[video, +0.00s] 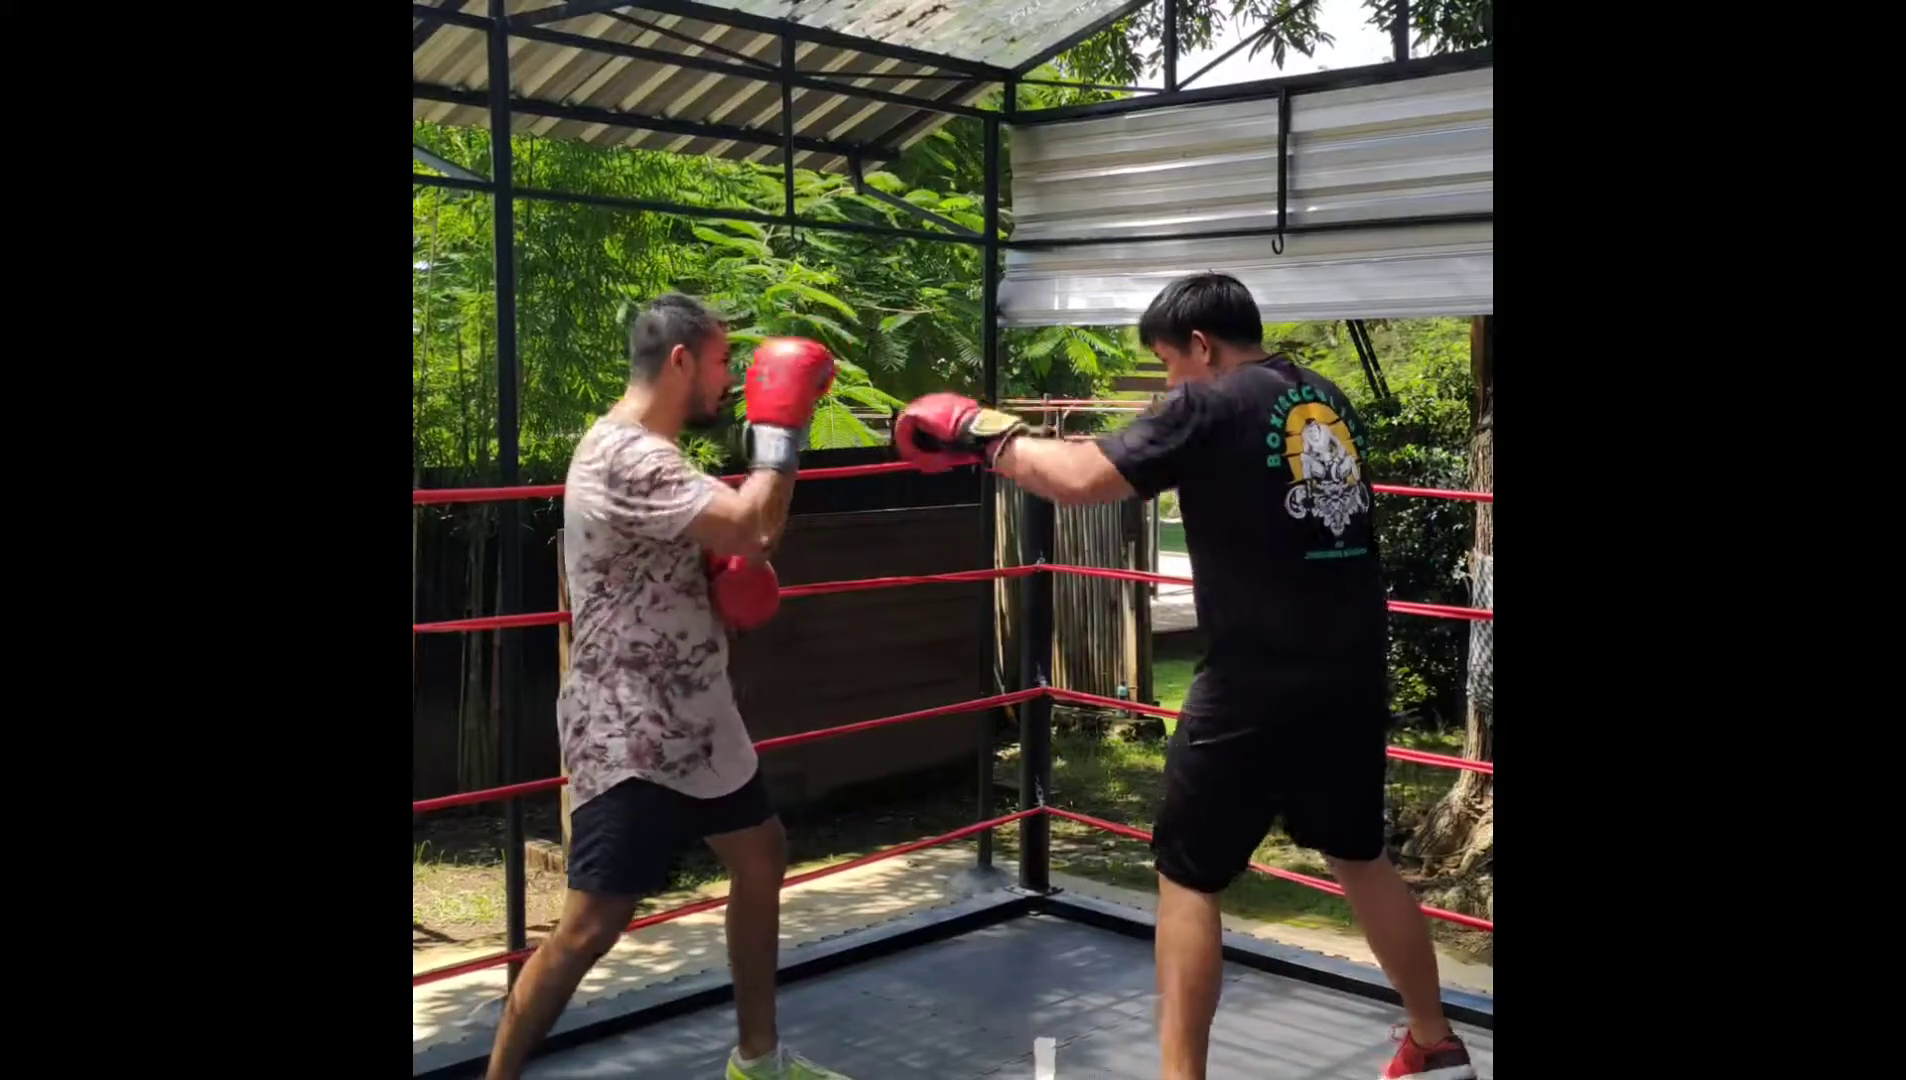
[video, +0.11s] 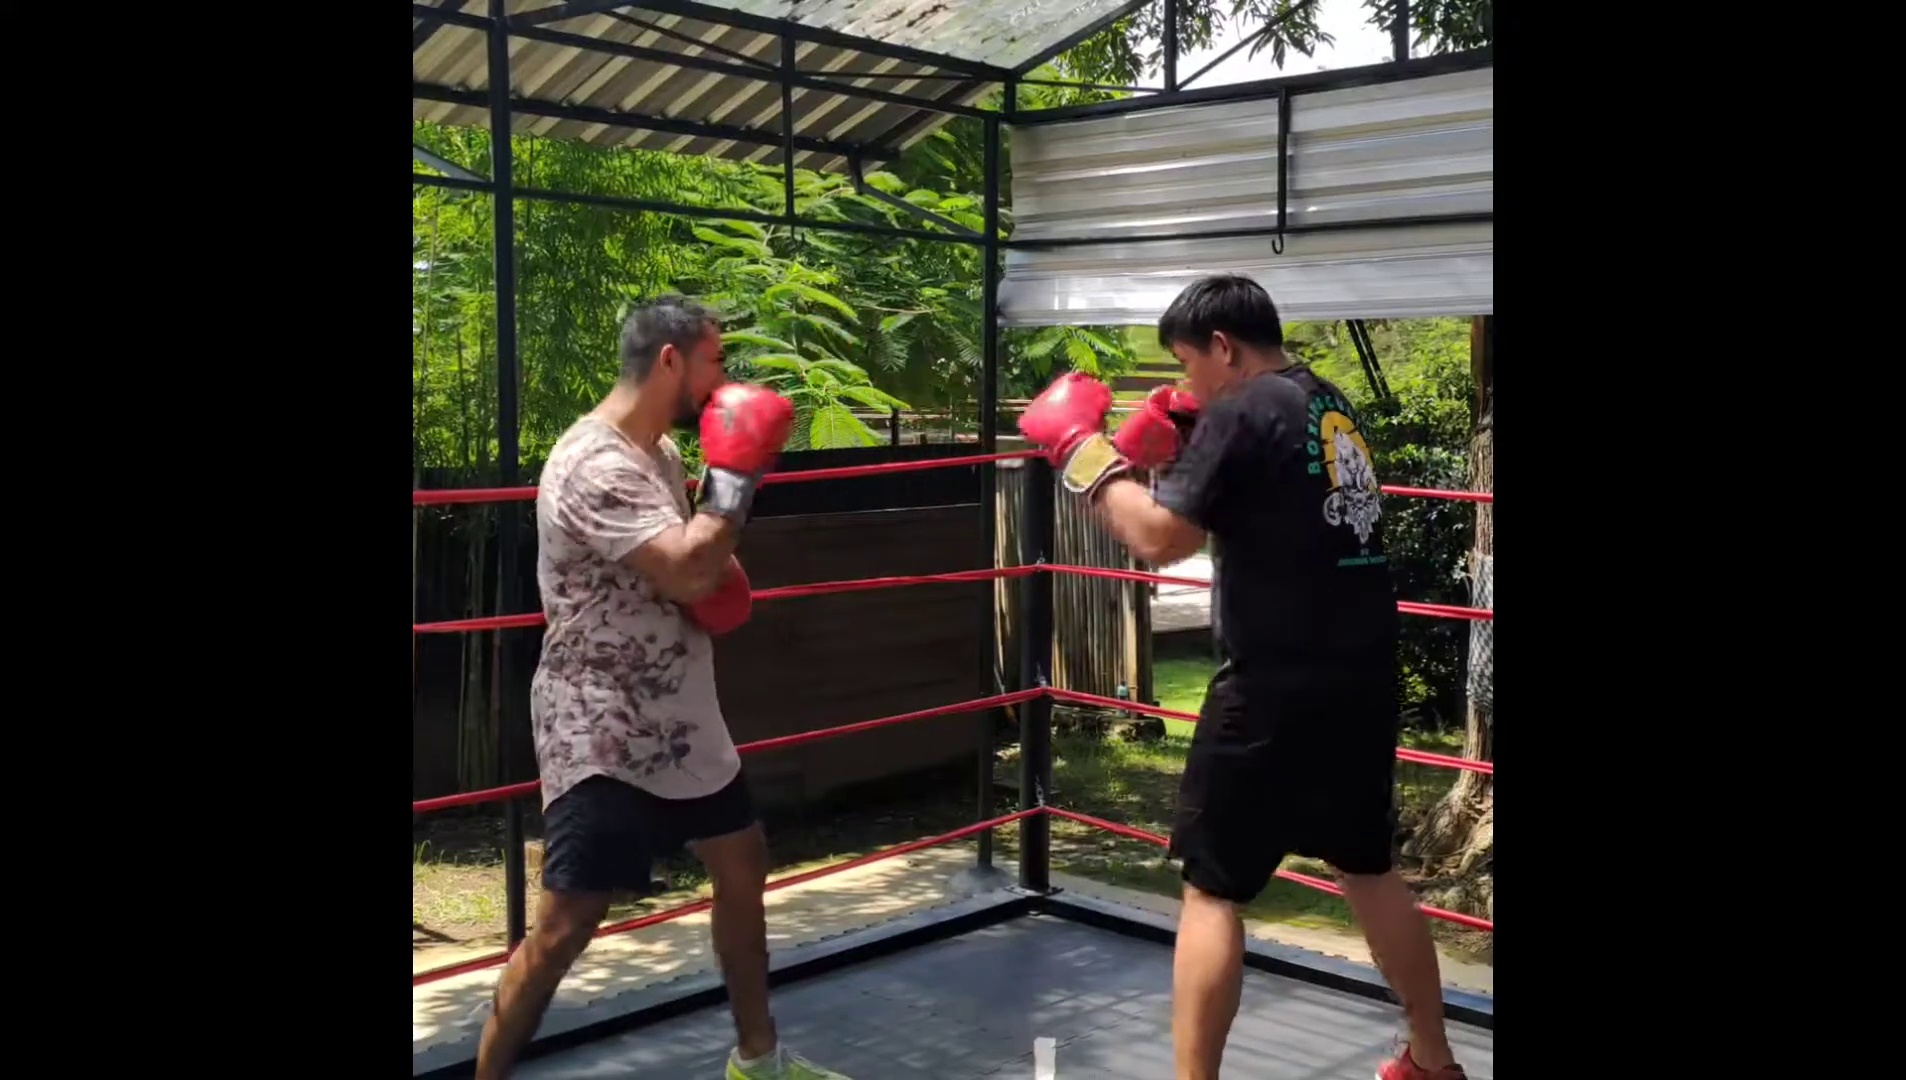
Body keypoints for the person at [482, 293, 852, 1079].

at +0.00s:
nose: (728, 377)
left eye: (729, 361)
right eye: (722, 359)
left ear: (663, 360)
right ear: (681, 360)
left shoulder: (653, 451)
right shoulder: (622, 455)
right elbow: (751, 524)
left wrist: (731, 588)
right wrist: (781, 427)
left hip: (696, 719)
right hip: (629, 729)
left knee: (761, 859)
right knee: (588, 928)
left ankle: (759, 1055)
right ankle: (497, 1074)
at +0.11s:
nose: (721, 376)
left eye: (721, 360)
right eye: (713, 359)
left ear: (662, 361)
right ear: (668, 360)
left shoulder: (662, 454)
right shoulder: (588, 463)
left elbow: (695, 556)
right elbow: (688, 573)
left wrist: (717, 587)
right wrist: (735, 477)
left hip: (683, 720)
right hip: (601, 730)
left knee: (741, 867)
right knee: (562, 927)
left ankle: (758, 1053)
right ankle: (488, 1074)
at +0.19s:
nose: (701, 391)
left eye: (702, 373)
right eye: (694, 372)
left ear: (645, 372)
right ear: (652, 371)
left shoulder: (656, 461)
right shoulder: (557, 468)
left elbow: (673, 566)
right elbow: (626, 594)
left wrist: (693, 605)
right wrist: (693, 505)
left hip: (655, 724)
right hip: (567, 733)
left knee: (712, 878)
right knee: (541, 926)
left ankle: (758, 1055)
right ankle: (484, 1075)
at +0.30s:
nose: (686, 405)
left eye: (689, 387)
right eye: (681, 386)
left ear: (632, 384)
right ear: (633, 381)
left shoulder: (640, 473)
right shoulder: (534, 480)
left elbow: (659, 577)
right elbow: (592, 609)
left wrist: (666, 615)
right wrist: (664, 528)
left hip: (629, 717)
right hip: (544, 726)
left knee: (698, 875)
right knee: (529, 937)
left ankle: (756, 1055)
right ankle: (481, 1076)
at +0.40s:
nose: (682, 399)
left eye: (685, 381)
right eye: (676, 379)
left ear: (627, 378)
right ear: (627, 374)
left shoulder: (634, 463)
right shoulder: (532, 473)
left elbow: (643, 566)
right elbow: (593, 604)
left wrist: (666, 600)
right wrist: (662, 516)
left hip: (626, 715)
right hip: (540, 725)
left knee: (692, 869)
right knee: (526, 935)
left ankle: (733, 1056)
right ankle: (479, 1075)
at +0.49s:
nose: (685, 388)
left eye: (688, 370)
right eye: (678, 367)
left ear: (627, 366)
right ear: (627, 362)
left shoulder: (627, 450)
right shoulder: (545, 459)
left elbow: (631, 571)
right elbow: (611, 590)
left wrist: (672, 581)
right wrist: (676, 489)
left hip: (635, 711)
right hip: (554, 722)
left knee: (688, 871)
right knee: (530, 933)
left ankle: (727, 1057)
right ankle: (480, 1074)